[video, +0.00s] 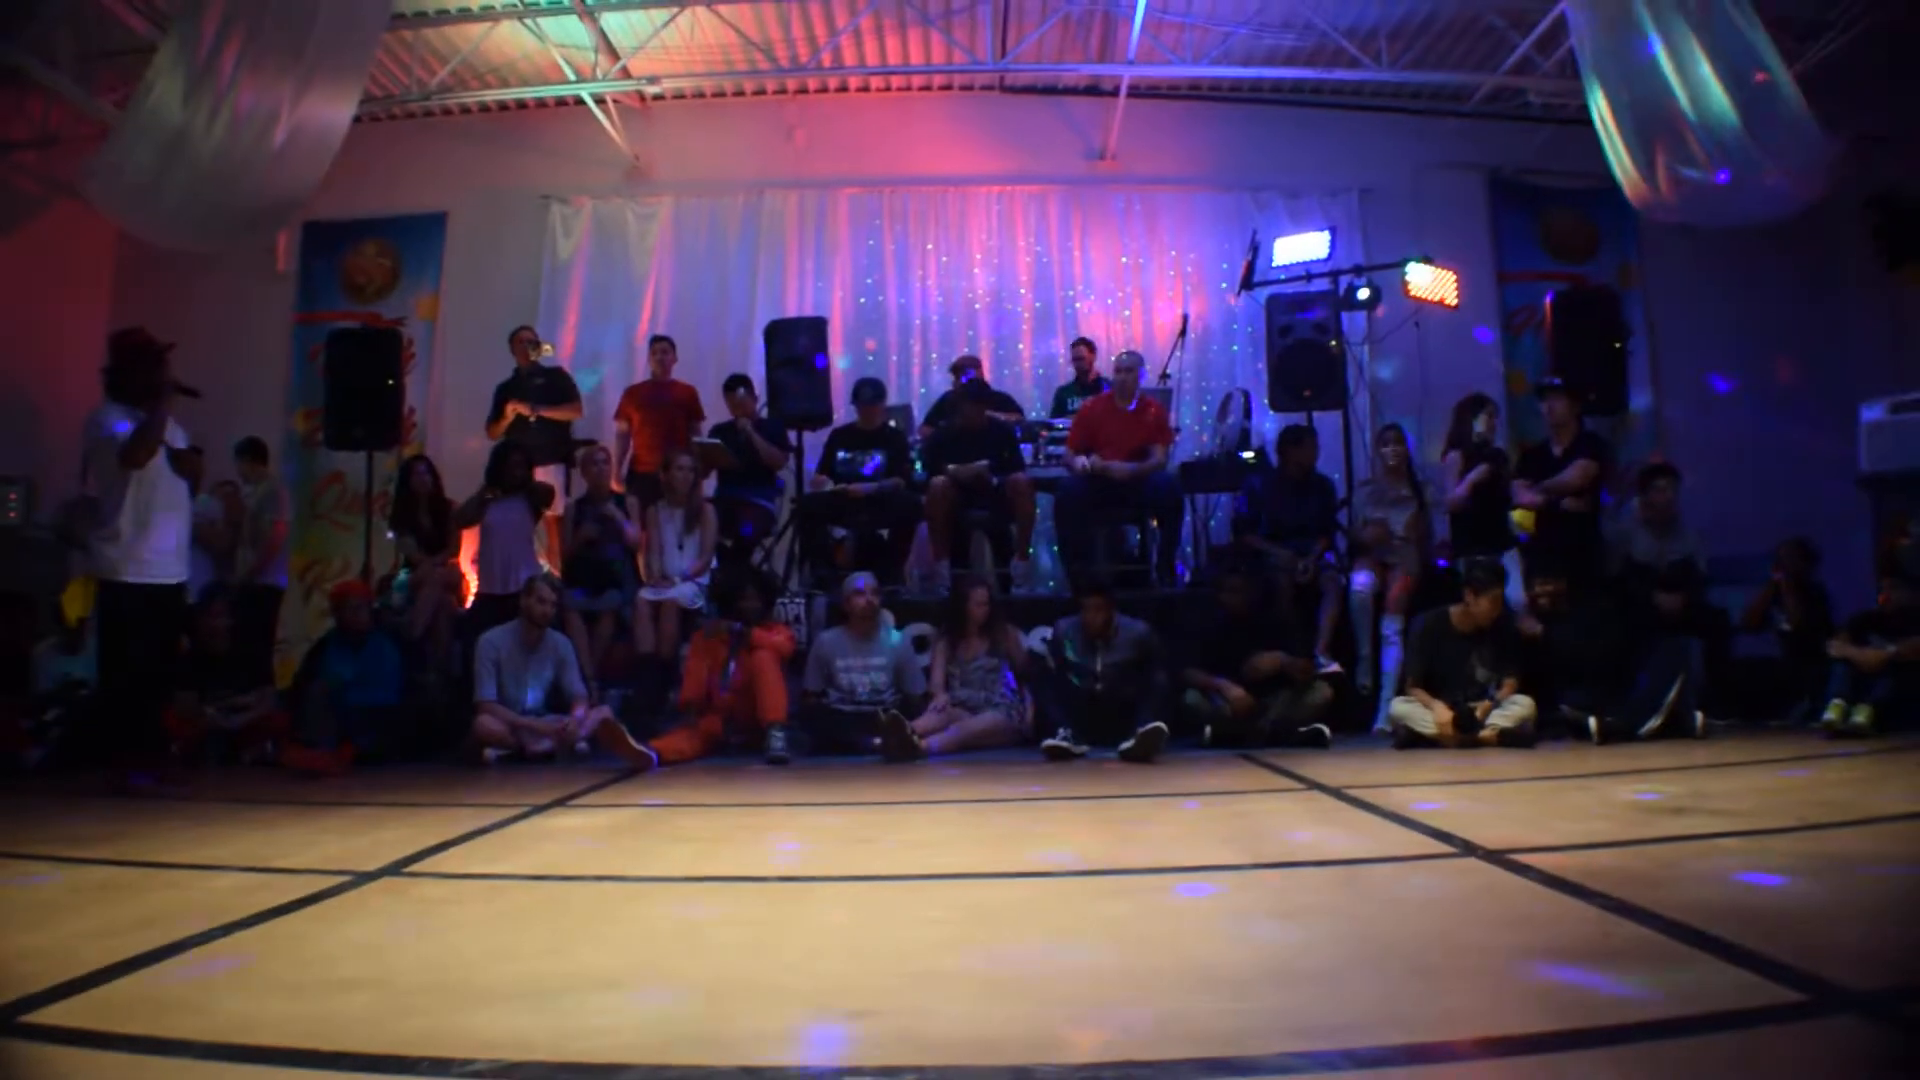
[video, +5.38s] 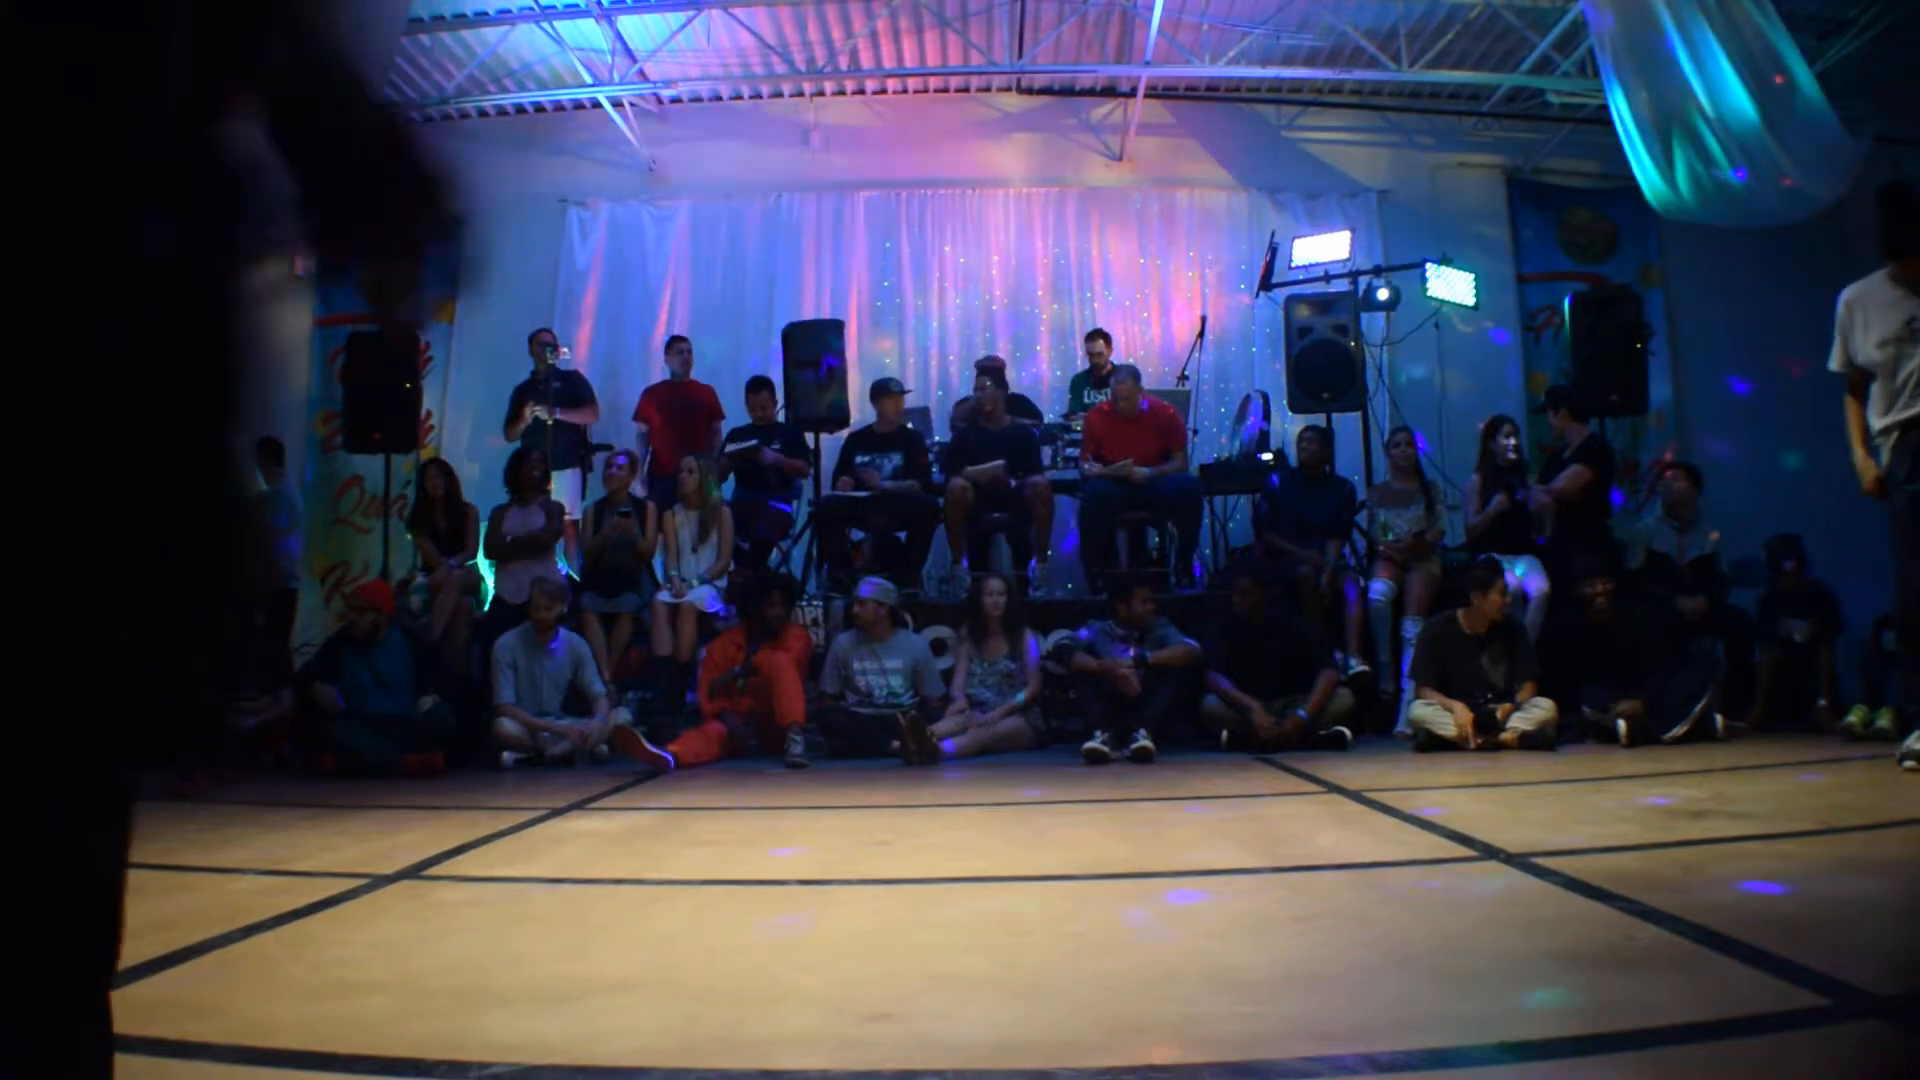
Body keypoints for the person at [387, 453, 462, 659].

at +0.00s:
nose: (423, 479)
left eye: (427, 474)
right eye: (417, 475)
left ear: (434, 478)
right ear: (407, 480)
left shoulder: (447, 508)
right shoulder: (402, 511)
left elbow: (453, 549)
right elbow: (408, 552)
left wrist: (428, 564)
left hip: (448, 570)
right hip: (415, 574)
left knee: (433, 579)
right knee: (445, 601)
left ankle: (412, 637)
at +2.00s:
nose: (443, 483)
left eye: (447, 477)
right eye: (436, 479)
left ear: (454, 481)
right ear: (427, 484)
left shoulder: (469, 511)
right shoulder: (422, 513)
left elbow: (474, 551)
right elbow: (429, 554)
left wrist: (450, 565)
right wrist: (454, 569)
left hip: (468, 572)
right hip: (436, 575)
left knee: (455, 577)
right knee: (465, 605)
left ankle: (434, 636)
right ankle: (462, 672)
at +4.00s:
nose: (439, 483)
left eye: (443, 477)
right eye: (433, 478)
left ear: (452, 481)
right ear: (424, 484)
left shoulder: (469, 512)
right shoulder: (420, 514)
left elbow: (473, 551)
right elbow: (427, 550)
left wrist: (450, 566)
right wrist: (448, 568)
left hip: (467, 570)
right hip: (435, 573)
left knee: (456, 577)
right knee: (461, 601)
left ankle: (434, 636)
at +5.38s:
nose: (435, 483)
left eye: (440, 477)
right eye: (430, 478)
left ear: (449, 480)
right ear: (423, 484)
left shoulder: (468, 511)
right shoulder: (419, 514)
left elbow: (471, 550)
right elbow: (428, 554)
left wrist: (449, 563)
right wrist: (451, 567)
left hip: (466, 571)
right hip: (434, 575)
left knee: (452, 578)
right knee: (464, 604)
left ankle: (433, 638)